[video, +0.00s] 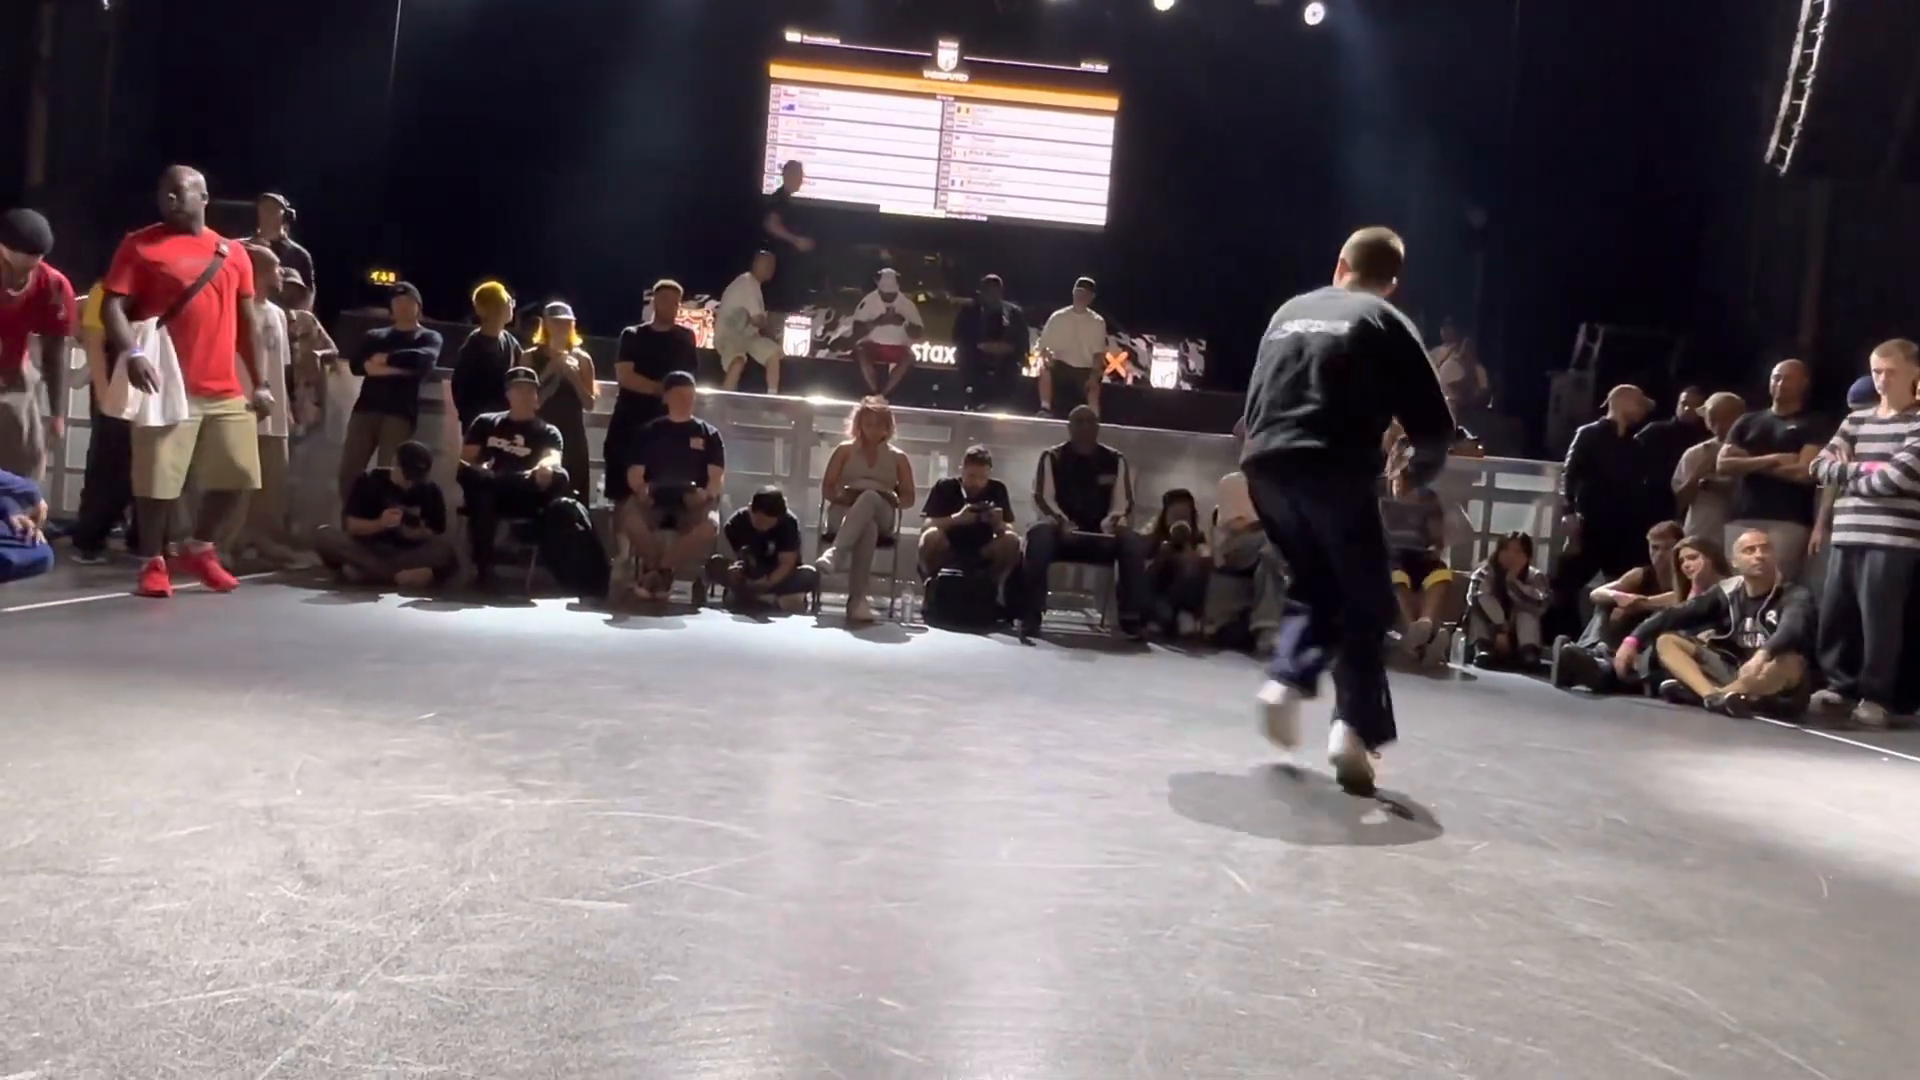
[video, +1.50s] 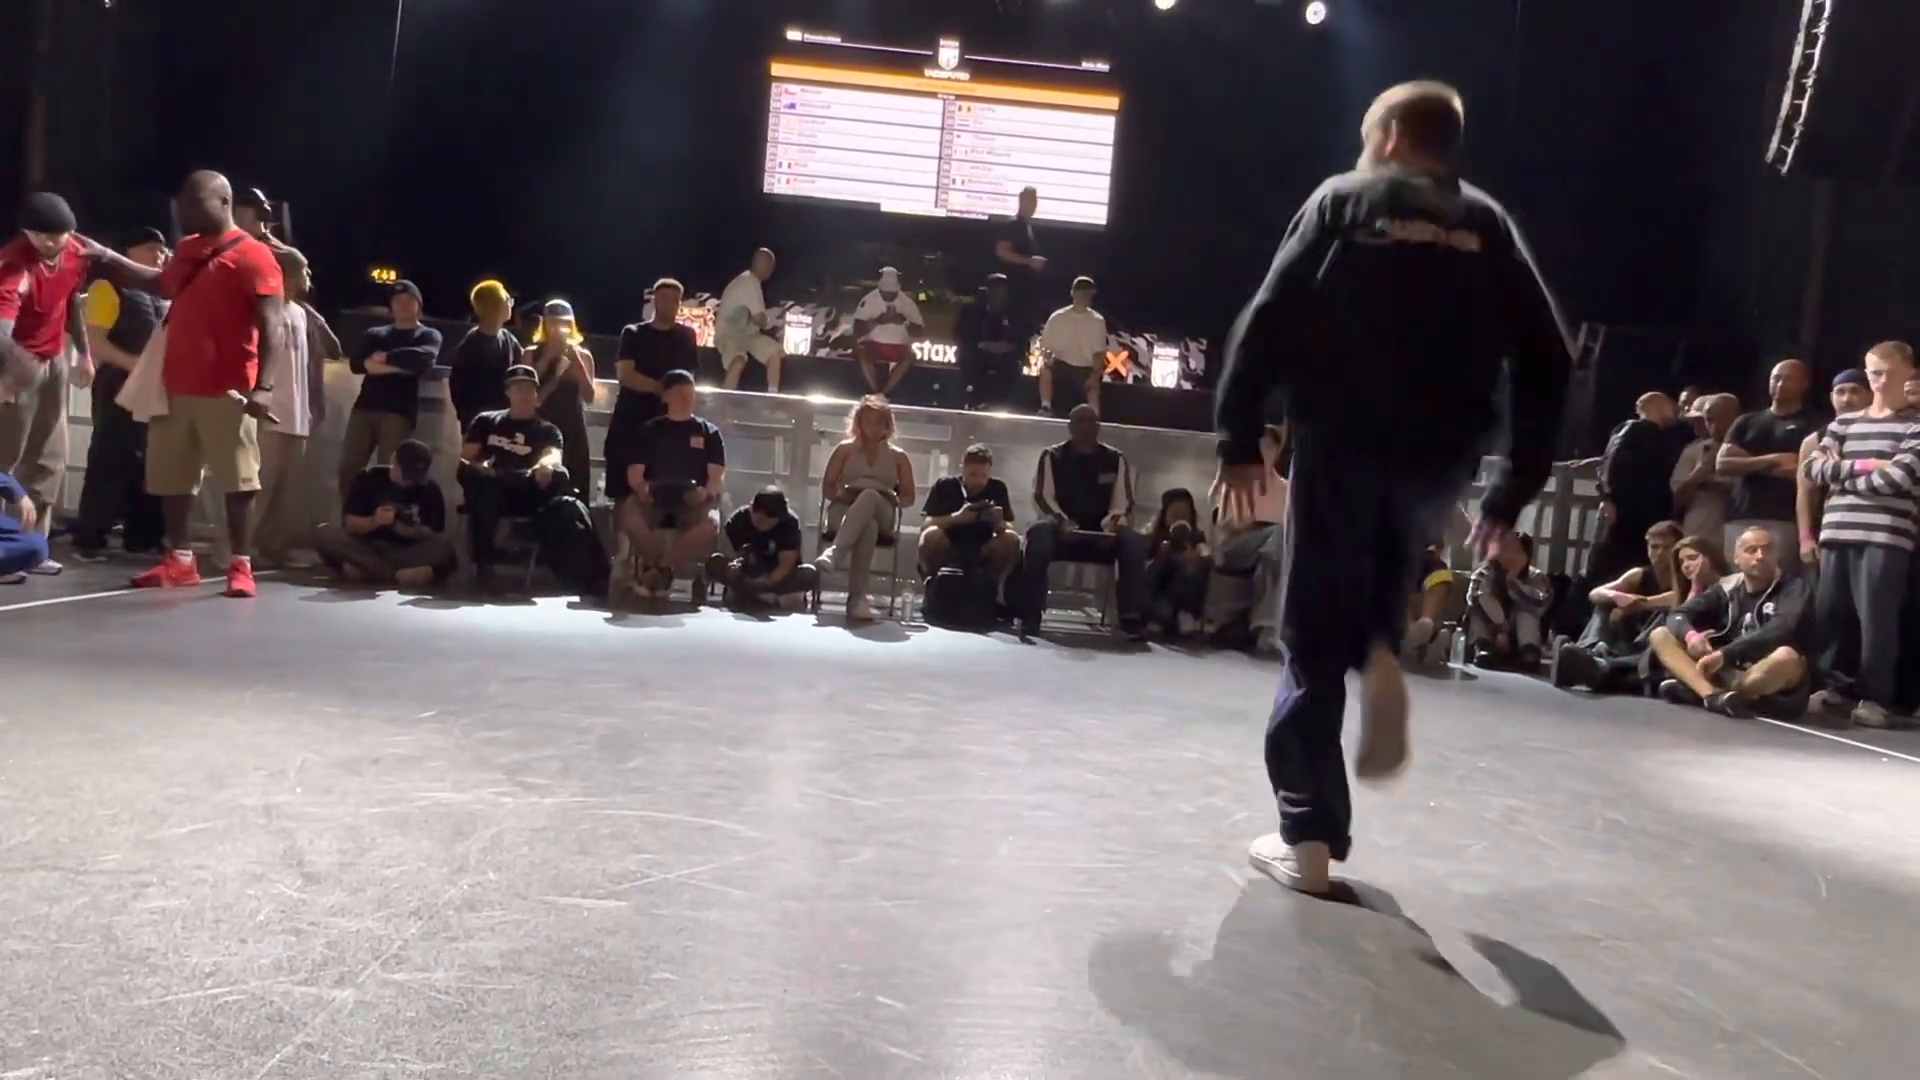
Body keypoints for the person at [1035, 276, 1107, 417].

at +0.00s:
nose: (1081, 294)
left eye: (1086, 291)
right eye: (1078, 290)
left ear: (1092, 296)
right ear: (1073, 293)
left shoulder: (1097, 322)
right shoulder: (1058, 316)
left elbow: (1098, 353)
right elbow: (1042, 344)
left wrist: (1094, 376)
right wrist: (1046, 358)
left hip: (1085, 367)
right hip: (1061, 364)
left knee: (1094, 383)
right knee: (1045, 371)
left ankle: (1093, 419)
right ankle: (1045, 408)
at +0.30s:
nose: (1085, 294)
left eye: (1089, 292)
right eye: (1082, 290)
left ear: (1095, 296)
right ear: (1077, 292)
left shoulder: (1099, 320)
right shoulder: (1059, 315)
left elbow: (1100, 352)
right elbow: (1045, 342)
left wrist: (1095, 375)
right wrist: (1048, 355)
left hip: (1086, 365)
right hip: (1062, 362)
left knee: (1095, 381)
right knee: (1046, 370)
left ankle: (1095, 417)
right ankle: (1046, 407)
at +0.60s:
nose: (1086, 294)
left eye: (1090, 292)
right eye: (1083, 290)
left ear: (1095, 297)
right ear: (1077, 291)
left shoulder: (1099, 320)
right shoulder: (1060, 315)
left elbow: (1100, 352)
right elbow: (1046, 342)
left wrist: (1096, 375)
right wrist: (1047, 356)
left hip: (1087, 365)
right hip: (1062, 362)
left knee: (1095, 381)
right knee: (1047, 369)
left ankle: (1095, 417)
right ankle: (1047, 406)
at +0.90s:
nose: (1085, 294)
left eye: (1089, 292)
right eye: (1082, 290)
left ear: (1094, 296)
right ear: (1076, 292)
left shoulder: (1098, 321)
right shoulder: (1059, 315)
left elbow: (1099, 352)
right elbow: (1044, 343)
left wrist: (1095, 375)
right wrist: (1047, 357)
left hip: (1086, 365)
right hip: (1061, 362)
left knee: (1094, 381)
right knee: (1045, 370)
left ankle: (1093, 417)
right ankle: (1045, 406)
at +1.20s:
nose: (1085, 293)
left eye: (1089, 290)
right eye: (1082, 289)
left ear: (1093, 294)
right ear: (1075, 292)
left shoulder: (1098, 320)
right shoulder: (1059, 316)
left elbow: (1099, 352)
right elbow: (1045, 343)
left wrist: (1095, 375)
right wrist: (1047, 356)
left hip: (1086, 365)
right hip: (1062, 362)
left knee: (1095, 381)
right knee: (1046, 369)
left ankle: (1094, 417)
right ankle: (1046, 407)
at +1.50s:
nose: (1083, 296)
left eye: (1086, 292)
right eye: (1079, 291)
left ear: (1091, 295)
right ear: (1072, 293)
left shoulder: (1097, 321)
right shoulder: (1058, 317)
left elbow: (1099, 352)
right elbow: (1045, 345)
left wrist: (1095, 375)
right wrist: (1046, 359)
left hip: (1086, 366)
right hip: (1061, 363)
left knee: (1094, 382)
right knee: (1045, 371)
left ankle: (1094, 418)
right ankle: (1045, 407)